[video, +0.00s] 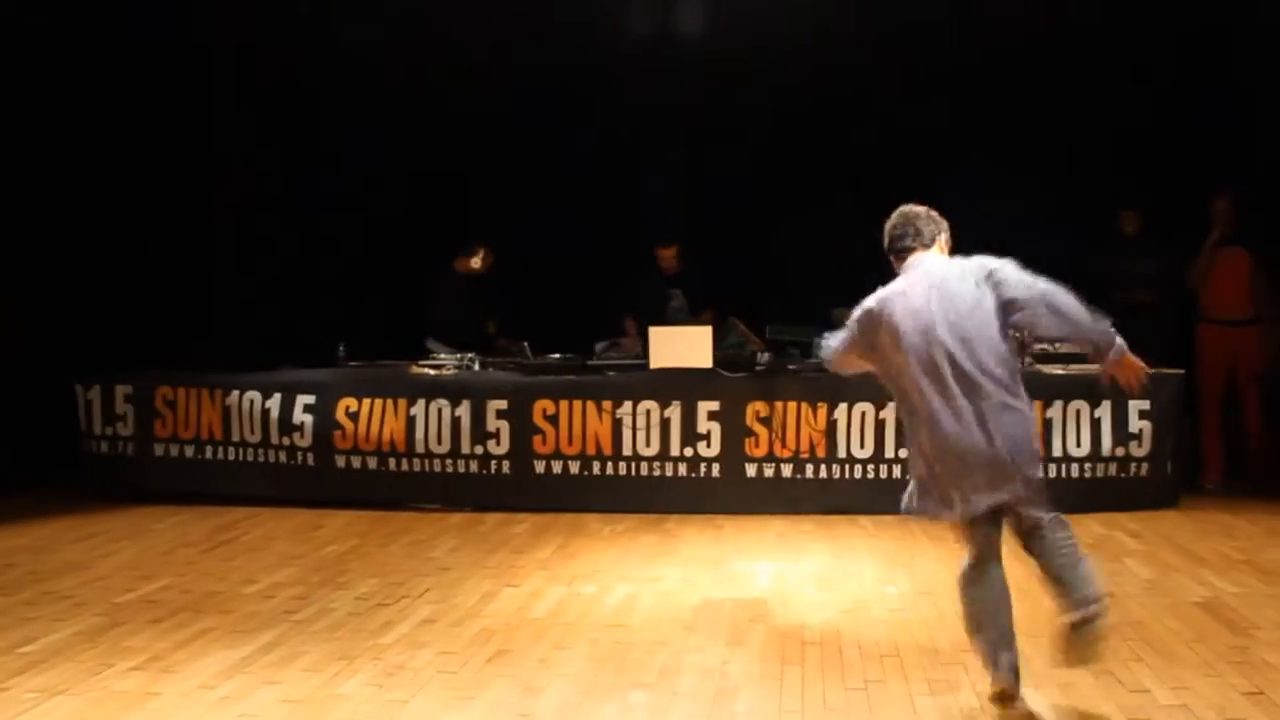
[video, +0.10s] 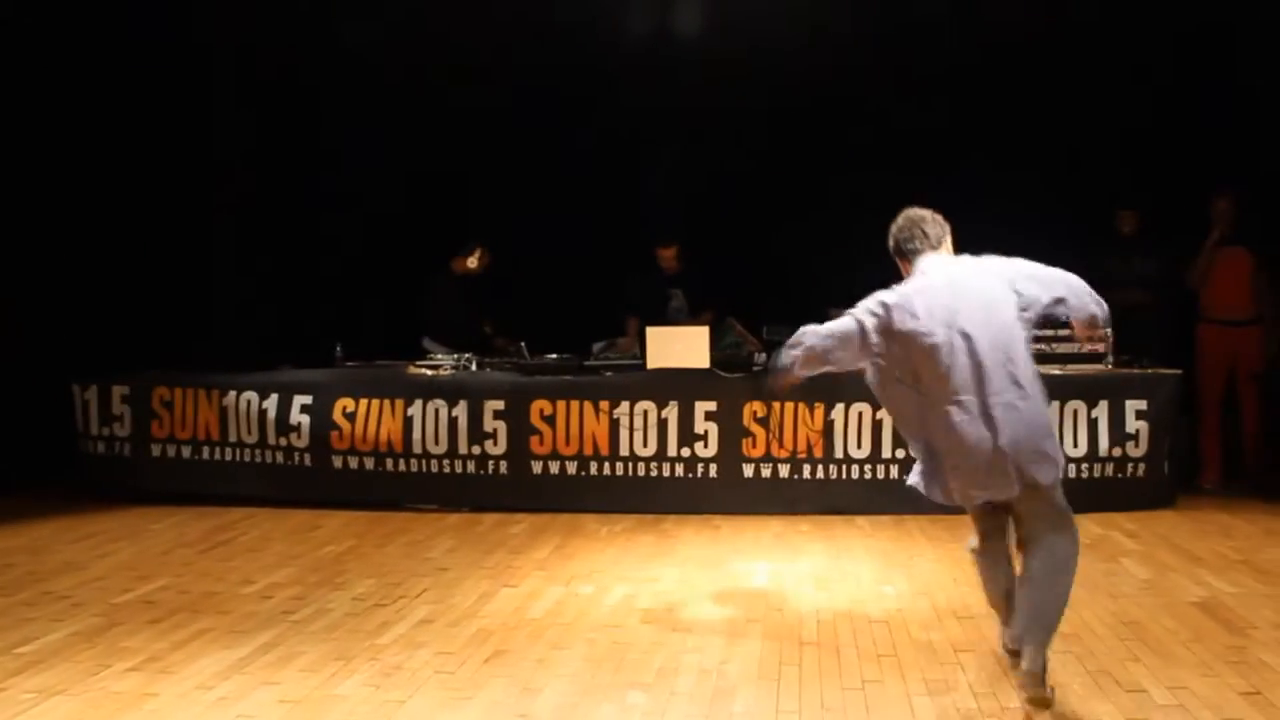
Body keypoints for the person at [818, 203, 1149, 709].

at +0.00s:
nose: (949, 247)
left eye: (944, 242)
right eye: (948, 240)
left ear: (893, 257)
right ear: (943, 241)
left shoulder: (880, 308)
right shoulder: (984, 272)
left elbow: (837, 356)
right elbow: (1052, 303)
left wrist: (880, 353)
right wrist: (1110, 348)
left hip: (946, 450)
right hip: (1010, 436)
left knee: (981, 557)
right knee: (1039, 522)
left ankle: (1002, 674)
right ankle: (1085, 603)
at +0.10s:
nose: (953, 251)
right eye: (952, 243)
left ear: (901, 261)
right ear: (949, 243)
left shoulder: (889, 307)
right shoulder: (997, 272)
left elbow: (817, 343)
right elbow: (1074, 290)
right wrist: (1094, 327)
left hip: (958, 449)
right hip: (1027, 436)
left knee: (990, 528)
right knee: (1053, 534)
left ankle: (1013, 631)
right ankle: (1033, 648)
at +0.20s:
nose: (910, 289)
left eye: (906, 280)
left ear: (907, 280)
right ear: (956, 262)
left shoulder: (900, 323)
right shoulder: (1007, 286)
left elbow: (819, 352)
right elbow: (1073, 286)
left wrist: (778, 375)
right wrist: (1063, 318)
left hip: (978, 467)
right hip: (1045, 455)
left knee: (995, 545)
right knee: (1041, 567)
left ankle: (1005, 615)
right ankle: (1035, 669)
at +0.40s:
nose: (904, 274)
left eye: (904, 265)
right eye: (903, 264)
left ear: (917, 263)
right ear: (950, 255)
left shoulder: (928, 316)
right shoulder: (995, 294)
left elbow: (939, 399)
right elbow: (1040, 337)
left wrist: (918, 388)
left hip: (977, 437)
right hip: (1025, 428)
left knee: (974, 540)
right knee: (997, 501)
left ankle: (1004, 620)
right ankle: (1040, 551)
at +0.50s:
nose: (899, 256)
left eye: (902, 245)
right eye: (899, 246)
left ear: (929, 243)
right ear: (940, 242)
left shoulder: (944, 298)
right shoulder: (981, 284)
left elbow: (933, 377)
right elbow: (980, 357)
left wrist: (895, 361)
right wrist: (918, 354)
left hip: (972, 432)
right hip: (996, 423)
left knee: (969, 520)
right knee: (922, 480)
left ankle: (1017, 591)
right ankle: (960, 567)